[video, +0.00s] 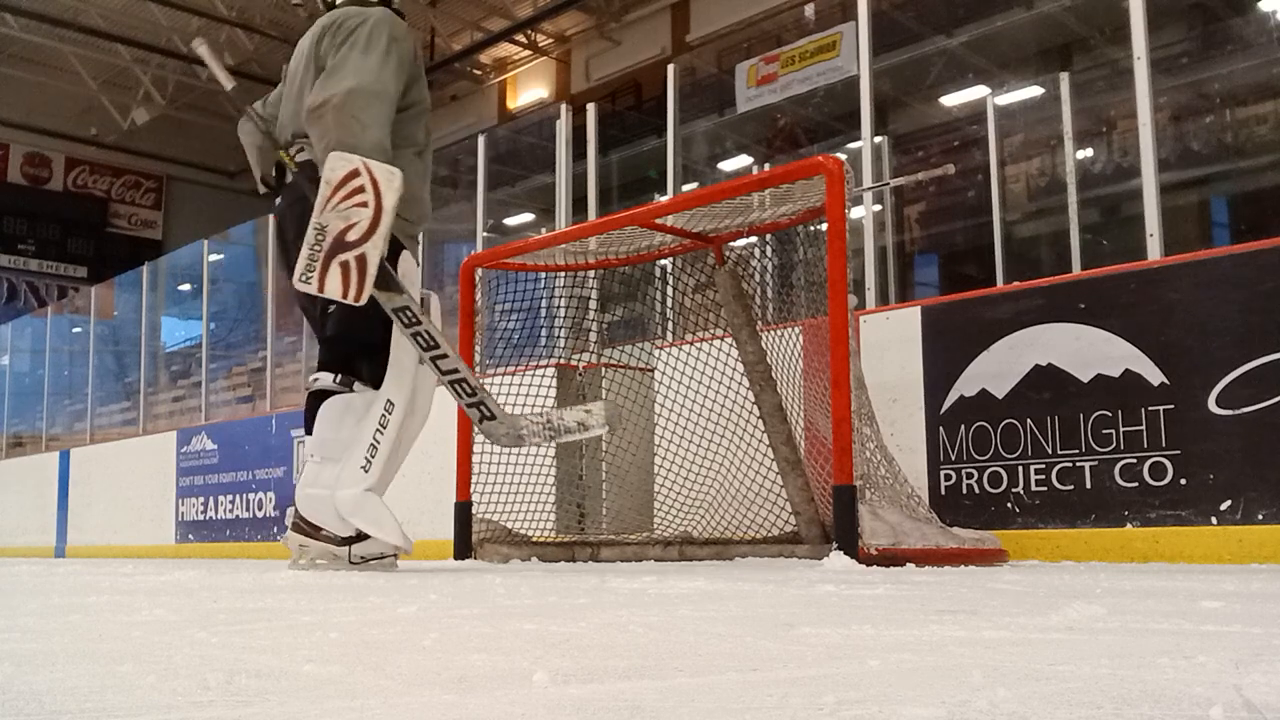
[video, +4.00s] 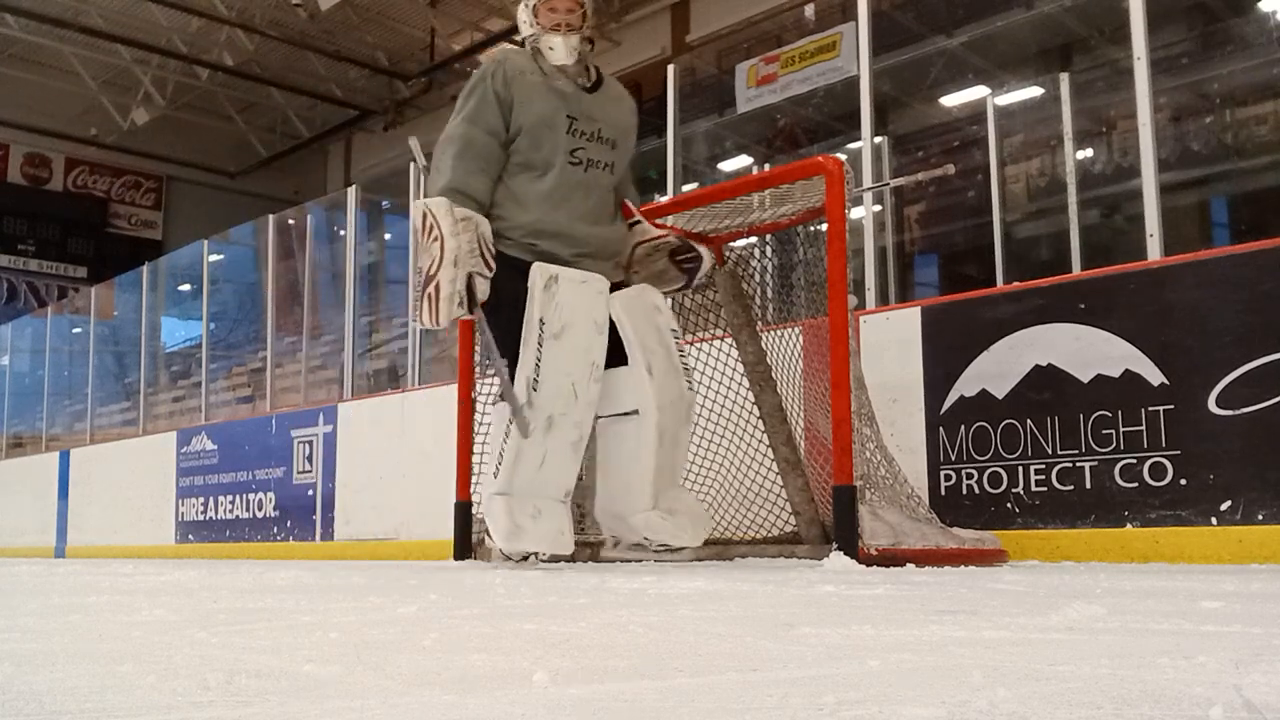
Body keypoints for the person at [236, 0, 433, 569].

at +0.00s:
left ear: (335, 1)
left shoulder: (314, 46)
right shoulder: (375, 26)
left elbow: (259, 117)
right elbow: (347, 117)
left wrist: (272, 175)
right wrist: (355, 233)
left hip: (309, 219)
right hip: (356, 225)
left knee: (346, 366)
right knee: (393, 369)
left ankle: (321, 517)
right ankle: (333, 513)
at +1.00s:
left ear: (359, 5)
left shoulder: (325, 59)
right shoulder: (411, 24)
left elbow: (273, 125)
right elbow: (399, 115)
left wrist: (298, 188)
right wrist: (433, 215)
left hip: (322, 217)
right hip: (371, 205)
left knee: (366, 354)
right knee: (399, 352)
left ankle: (335, 505)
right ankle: (354, 507)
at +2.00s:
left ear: (386, 1)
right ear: (430, 2)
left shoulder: (358, 47)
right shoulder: (415, 27)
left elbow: (302, 123)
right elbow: (371, 102)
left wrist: (278, 199)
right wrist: (385, 209)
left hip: (359, 231)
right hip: (404, 232)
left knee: (376, 373)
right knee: (416, 376)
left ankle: (349, 514)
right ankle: (363, 516)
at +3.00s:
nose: (501, 55)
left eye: (505, 48)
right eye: (492, 44)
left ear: (502, 55)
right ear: (462, 43)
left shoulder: (476, 108)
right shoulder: (442, 79)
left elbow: (461, 194)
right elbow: (385, 144)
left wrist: (491, 255)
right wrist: (382, 241)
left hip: (449, 259)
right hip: (439, 255)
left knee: (430, 389)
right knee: (469, 382)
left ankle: (395, 513)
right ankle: (445, 514)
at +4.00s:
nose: (559, 13)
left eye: (570, 5)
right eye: (547, 5)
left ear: (587, 16)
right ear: (528, 15)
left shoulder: (619, 101)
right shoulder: (504, 76)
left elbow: (612, 209)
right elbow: (463, 164)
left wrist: (649, 255)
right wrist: (457, 243)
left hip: (605, 273)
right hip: (521, 263)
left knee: (646, 388)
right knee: (551, 390)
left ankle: (637, 526)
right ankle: (529, 534)